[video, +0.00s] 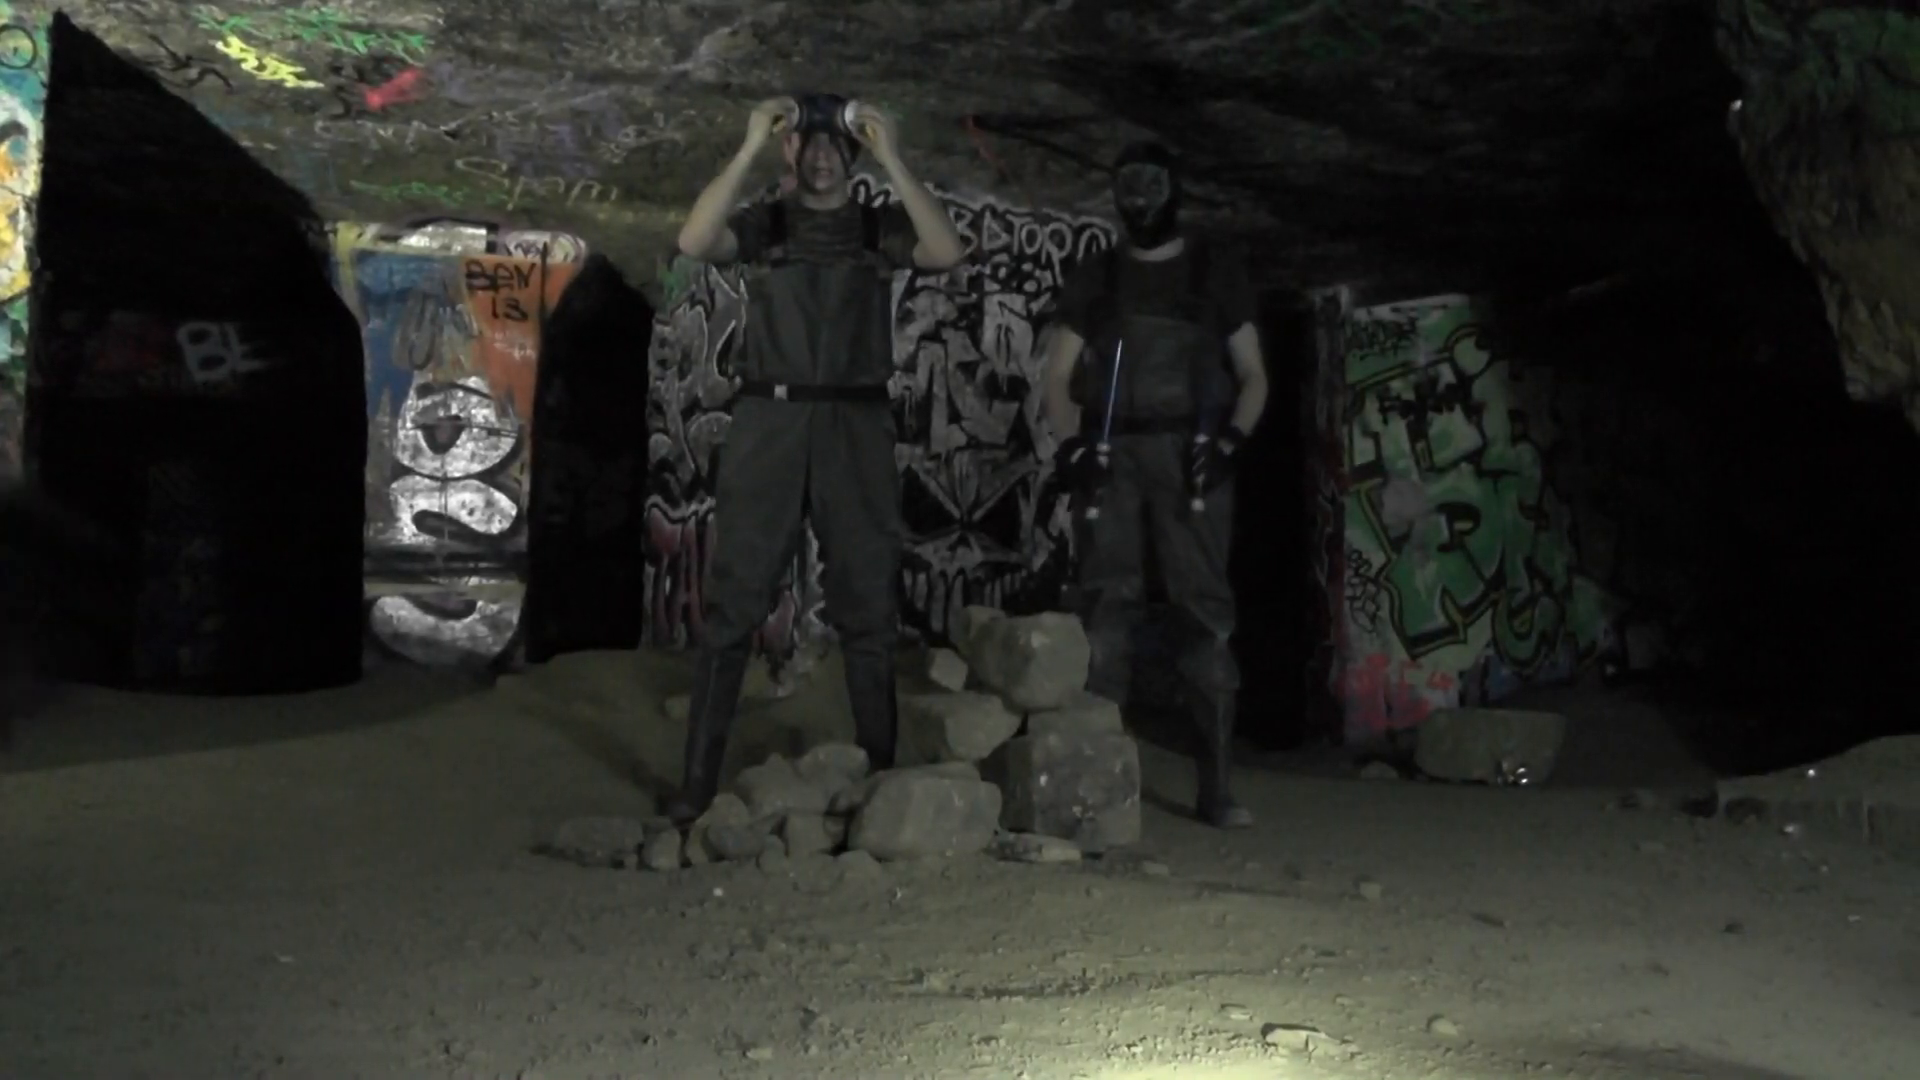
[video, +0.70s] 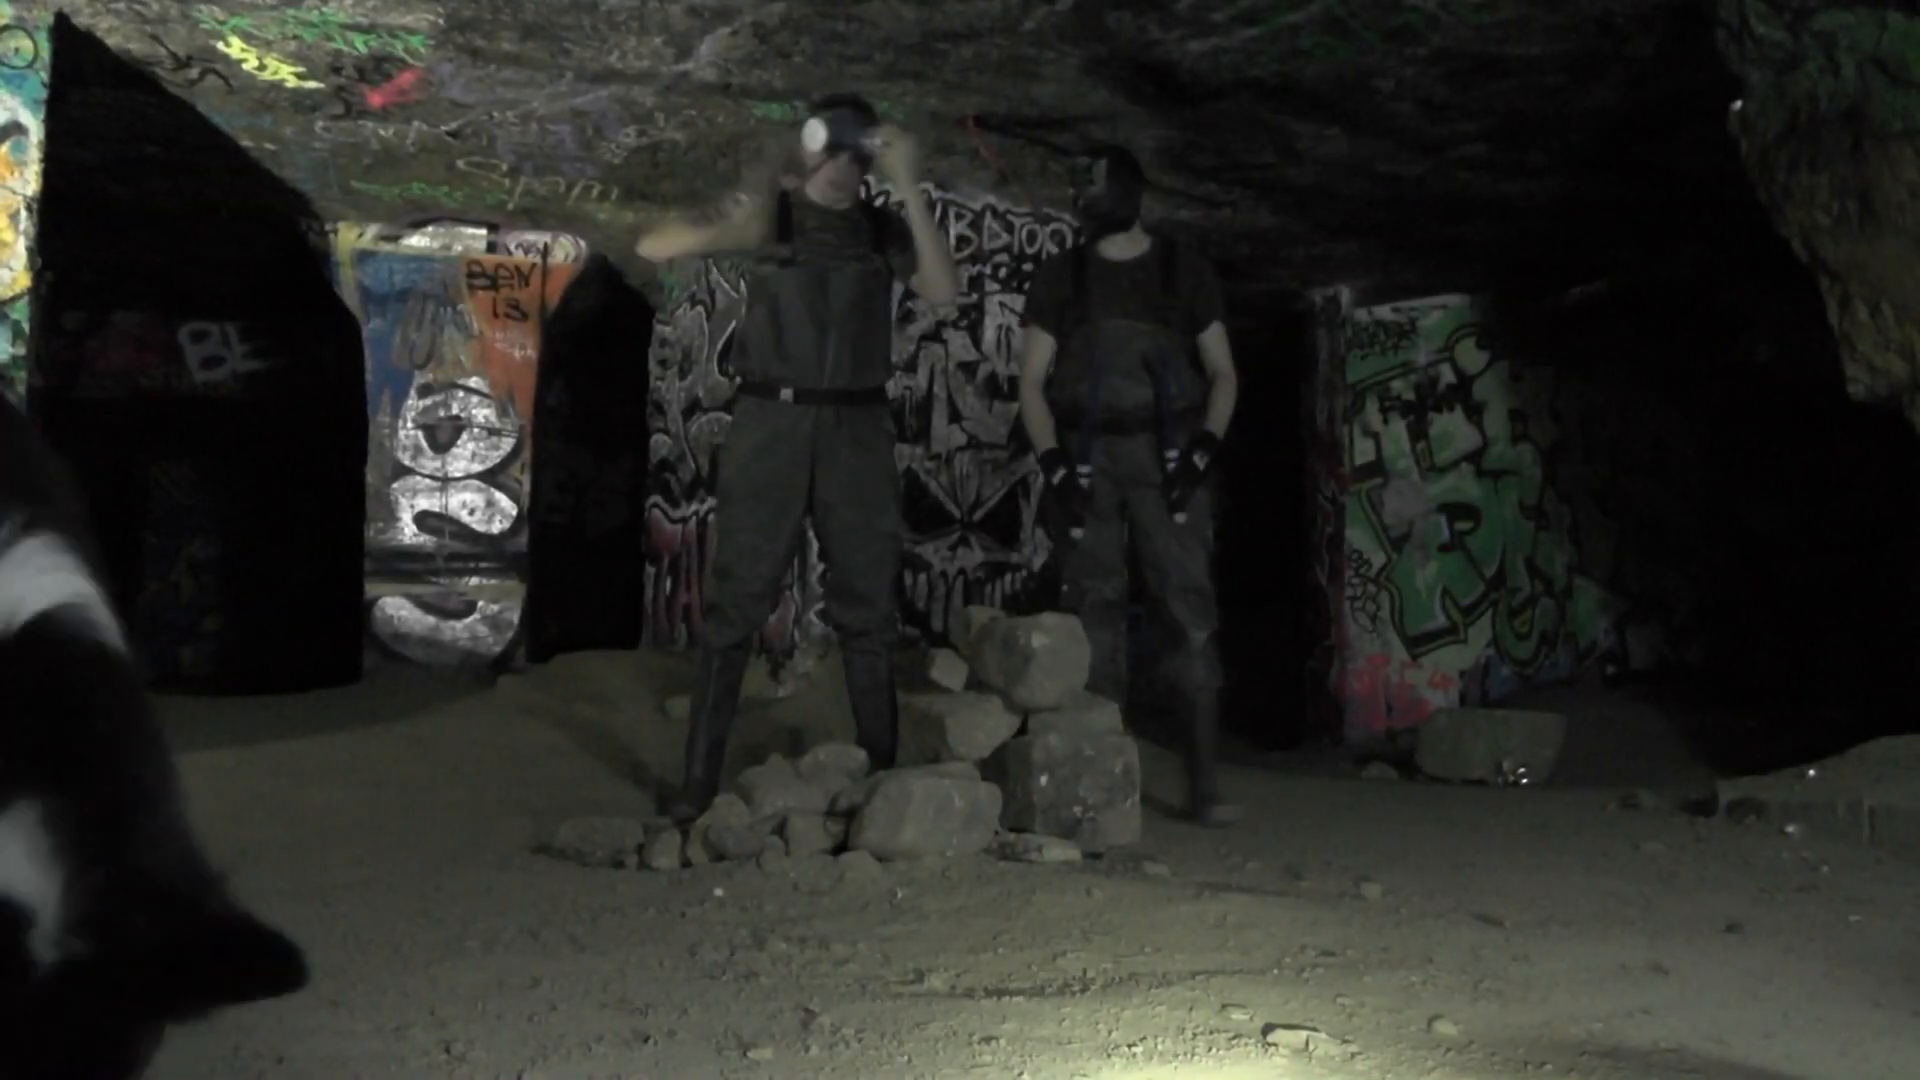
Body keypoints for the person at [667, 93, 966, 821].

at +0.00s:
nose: (819, 159)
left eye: (832, 147)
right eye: (805, 145)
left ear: (854, 156)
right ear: (785, 155)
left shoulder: (879, 228)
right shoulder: (762, 225)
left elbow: (944, 252)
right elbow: (694, 242)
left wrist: (889, 159)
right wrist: (750, 152)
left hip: (856, 439)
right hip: (767, 437)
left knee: (868, 614)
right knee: (733, 612)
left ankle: (880, 777)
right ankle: (696, 790)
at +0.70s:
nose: (849, 167)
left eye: (861, 154)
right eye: (837, 151)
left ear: (872, 162)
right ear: (805, 152)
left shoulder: (882, 228)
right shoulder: (768, 215)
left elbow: (942, 293)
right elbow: (653, 246)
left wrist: (909, 187)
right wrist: (731, 226)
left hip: (857, 437)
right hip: (769, 434)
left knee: (867, 609)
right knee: (737, 606)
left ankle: (882, 778)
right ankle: (698, 785)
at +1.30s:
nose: (847, 160)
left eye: (861, 148)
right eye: (836, 145)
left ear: (878, 160)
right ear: (810, 149)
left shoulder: (890, 228)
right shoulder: (768, 214)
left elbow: (955, 276)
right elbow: (659, 184)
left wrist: (918, 175)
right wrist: (751, 188)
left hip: (859, 438)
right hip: (770, 433)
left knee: (870, 614)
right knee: (737, 609)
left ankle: (880, 780)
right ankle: (700, 785)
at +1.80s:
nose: (846, 161)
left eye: (860, 150)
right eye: (835, 146)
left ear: (877, 161)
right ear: (809, 151)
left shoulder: (891, 225)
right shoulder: (771, 213)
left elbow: (957, 274)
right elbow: (655, 234)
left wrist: (917, 172)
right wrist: (726, 210)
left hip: (859, 439)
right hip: (769, 434)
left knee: (870, 616)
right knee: (737, 611)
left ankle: (880, 782)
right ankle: (699, 787)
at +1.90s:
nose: (845, 161)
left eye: (858, 150)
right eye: (832, 148)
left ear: (875, 161)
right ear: (805, 154)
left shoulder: (887, 225)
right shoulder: (766, 221)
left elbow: (956, 273)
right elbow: (672, 266)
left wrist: (915, 171)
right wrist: (734, 197)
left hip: (858, 441)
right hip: (768, 437)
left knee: (870, 617)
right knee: (735, 613)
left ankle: (880, 782)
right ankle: (698, 789)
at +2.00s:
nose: (835, 164)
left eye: (849, 152)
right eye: (822, 150)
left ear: (867, 161)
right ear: (797, 159)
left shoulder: (885, 225)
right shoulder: (765, 222)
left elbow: (949, 273)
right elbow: (696, 277)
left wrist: (904, 167)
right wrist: (754, 190)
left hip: (857, 438)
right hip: (767, 435)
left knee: (870, 614)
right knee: (734, 611)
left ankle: (879, 779)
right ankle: (697, 789)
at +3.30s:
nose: (766, 151)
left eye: (781, 142)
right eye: (761, 139)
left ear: (804, 159)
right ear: (748, 149)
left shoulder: (803, 232)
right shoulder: (723, 215)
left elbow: (880, 278)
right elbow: (798, 250)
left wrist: (882, 194)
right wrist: (838, 175)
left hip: (799, 425)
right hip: (733, 421)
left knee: (840, 590)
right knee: (743, 591)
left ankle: (879, 759)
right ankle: (683, 775)